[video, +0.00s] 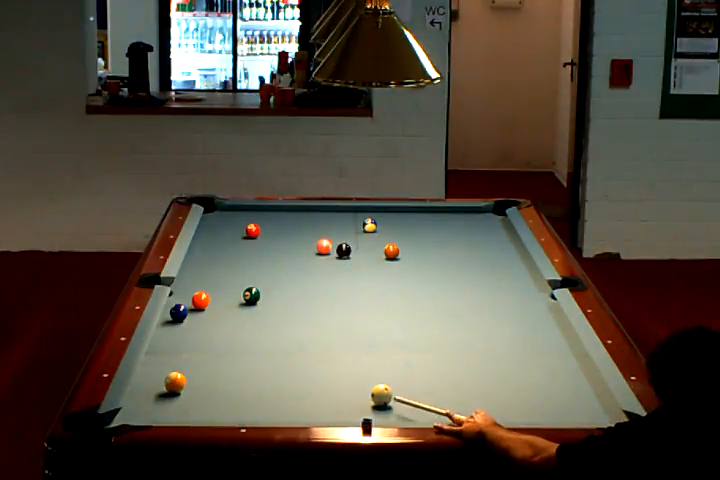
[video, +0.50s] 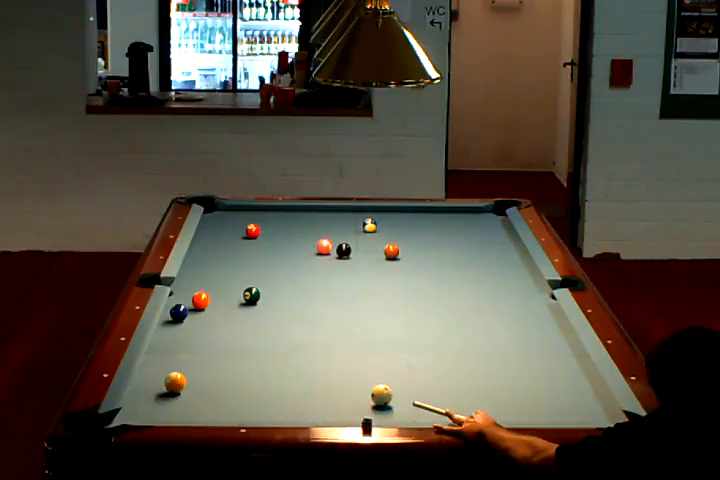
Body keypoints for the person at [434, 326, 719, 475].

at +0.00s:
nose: (644, 380)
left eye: (651, 375)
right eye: (649, 373)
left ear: (664, 387)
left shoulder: (640, 435)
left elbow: (541, 455)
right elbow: (550, 453)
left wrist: (484, 430)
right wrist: (494, 431)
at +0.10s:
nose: (645, 381)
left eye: (652, 376)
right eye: (650, 374)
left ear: (664, 387)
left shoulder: (640, 435)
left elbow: (542, 455)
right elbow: (549, 453)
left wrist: (485, 429)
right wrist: (492, 431)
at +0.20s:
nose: (644, 381)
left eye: (651, 376)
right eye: (650, 373)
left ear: (663, 387)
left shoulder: (640, 435)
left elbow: (541, 455)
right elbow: (548, 453)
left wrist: (485, 429)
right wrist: (492, 431)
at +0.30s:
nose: (644, 381)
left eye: (651, 375)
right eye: (649, 373)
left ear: (663, 387)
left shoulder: (640, 435)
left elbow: (542, 456)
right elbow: (549, 453)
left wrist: (485, 429)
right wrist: (492, 431)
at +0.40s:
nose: (642, 382)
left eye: (649, 376)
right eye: (647, 374)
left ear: (663, 388)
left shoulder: (639, 436)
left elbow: (542, 457)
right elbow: (546, 455)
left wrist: (485, 430)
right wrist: (490, 431)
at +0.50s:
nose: (643, 380)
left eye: (650, 375)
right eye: (648, 373)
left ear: (662, 387)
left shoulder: (640, 436)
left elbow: (542, 457)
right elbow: (546, 455)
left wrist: (485, 429)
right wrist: (489, 431)